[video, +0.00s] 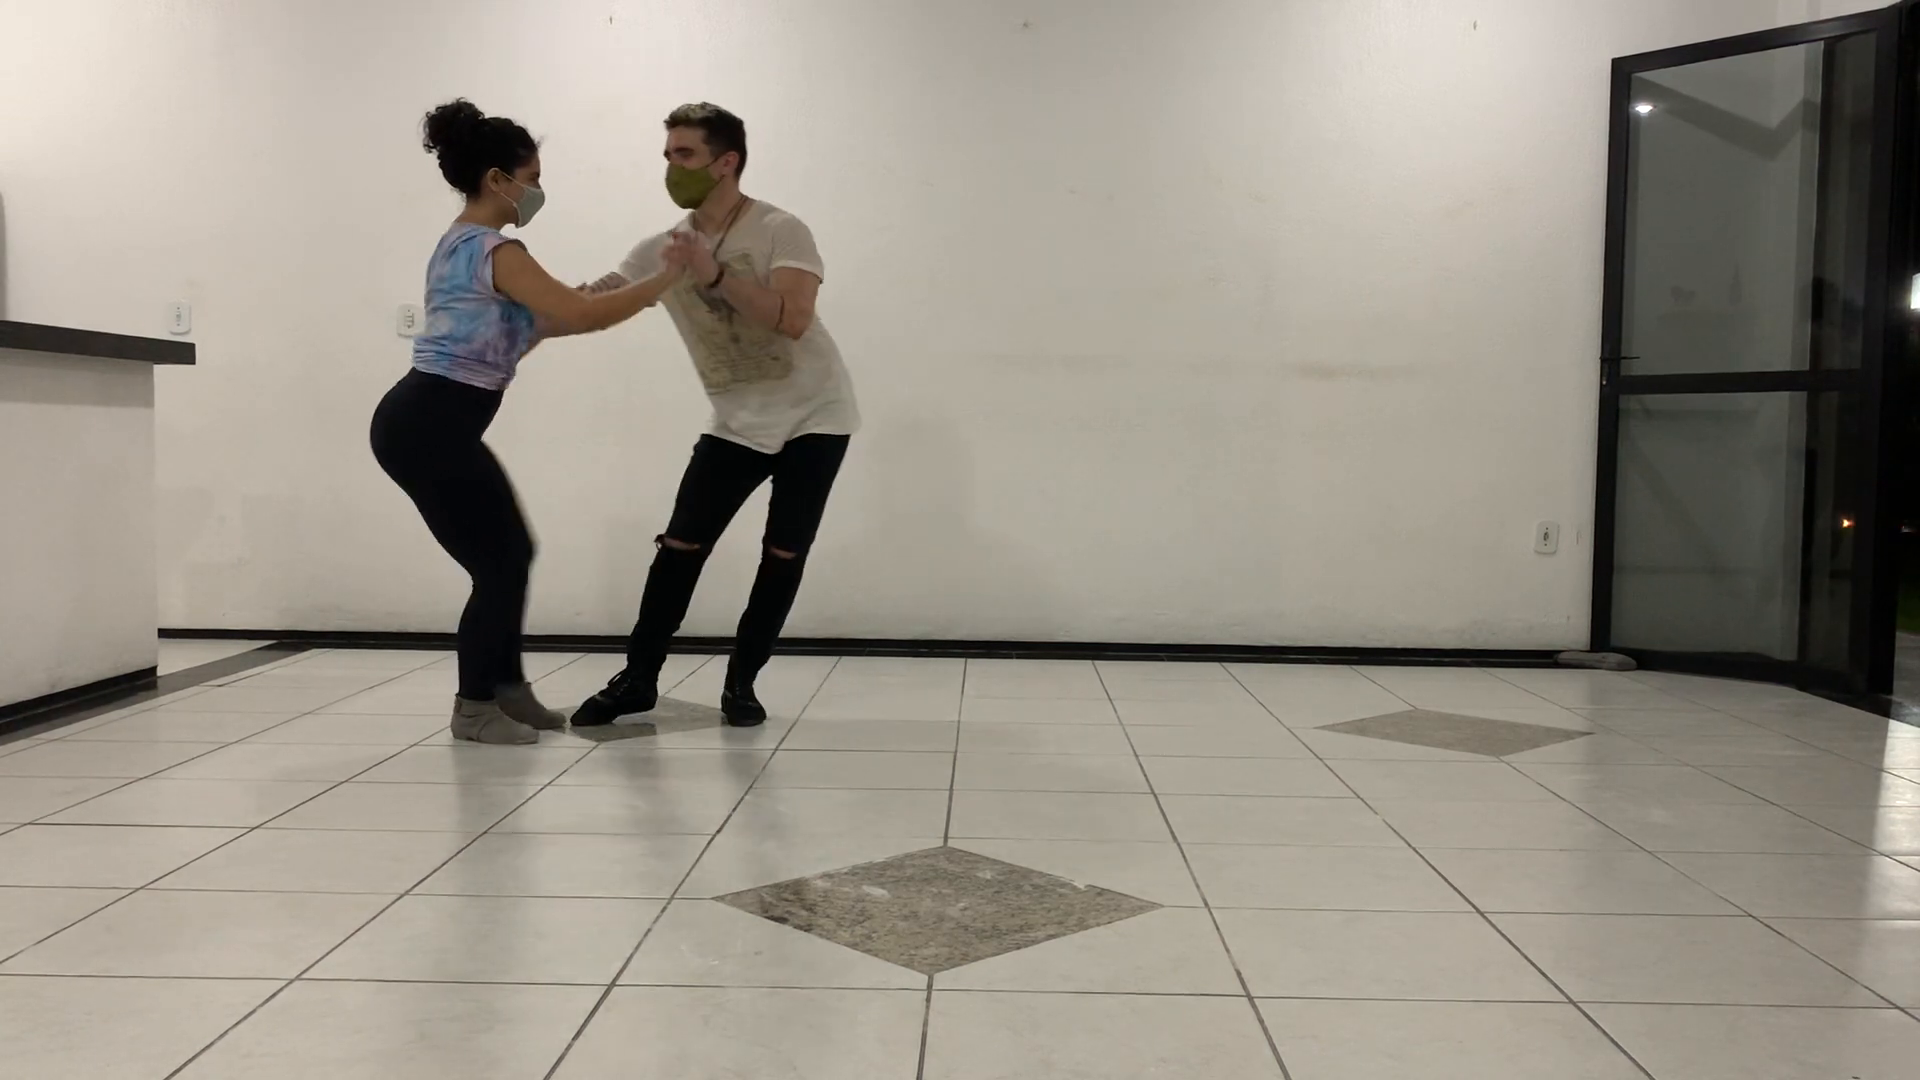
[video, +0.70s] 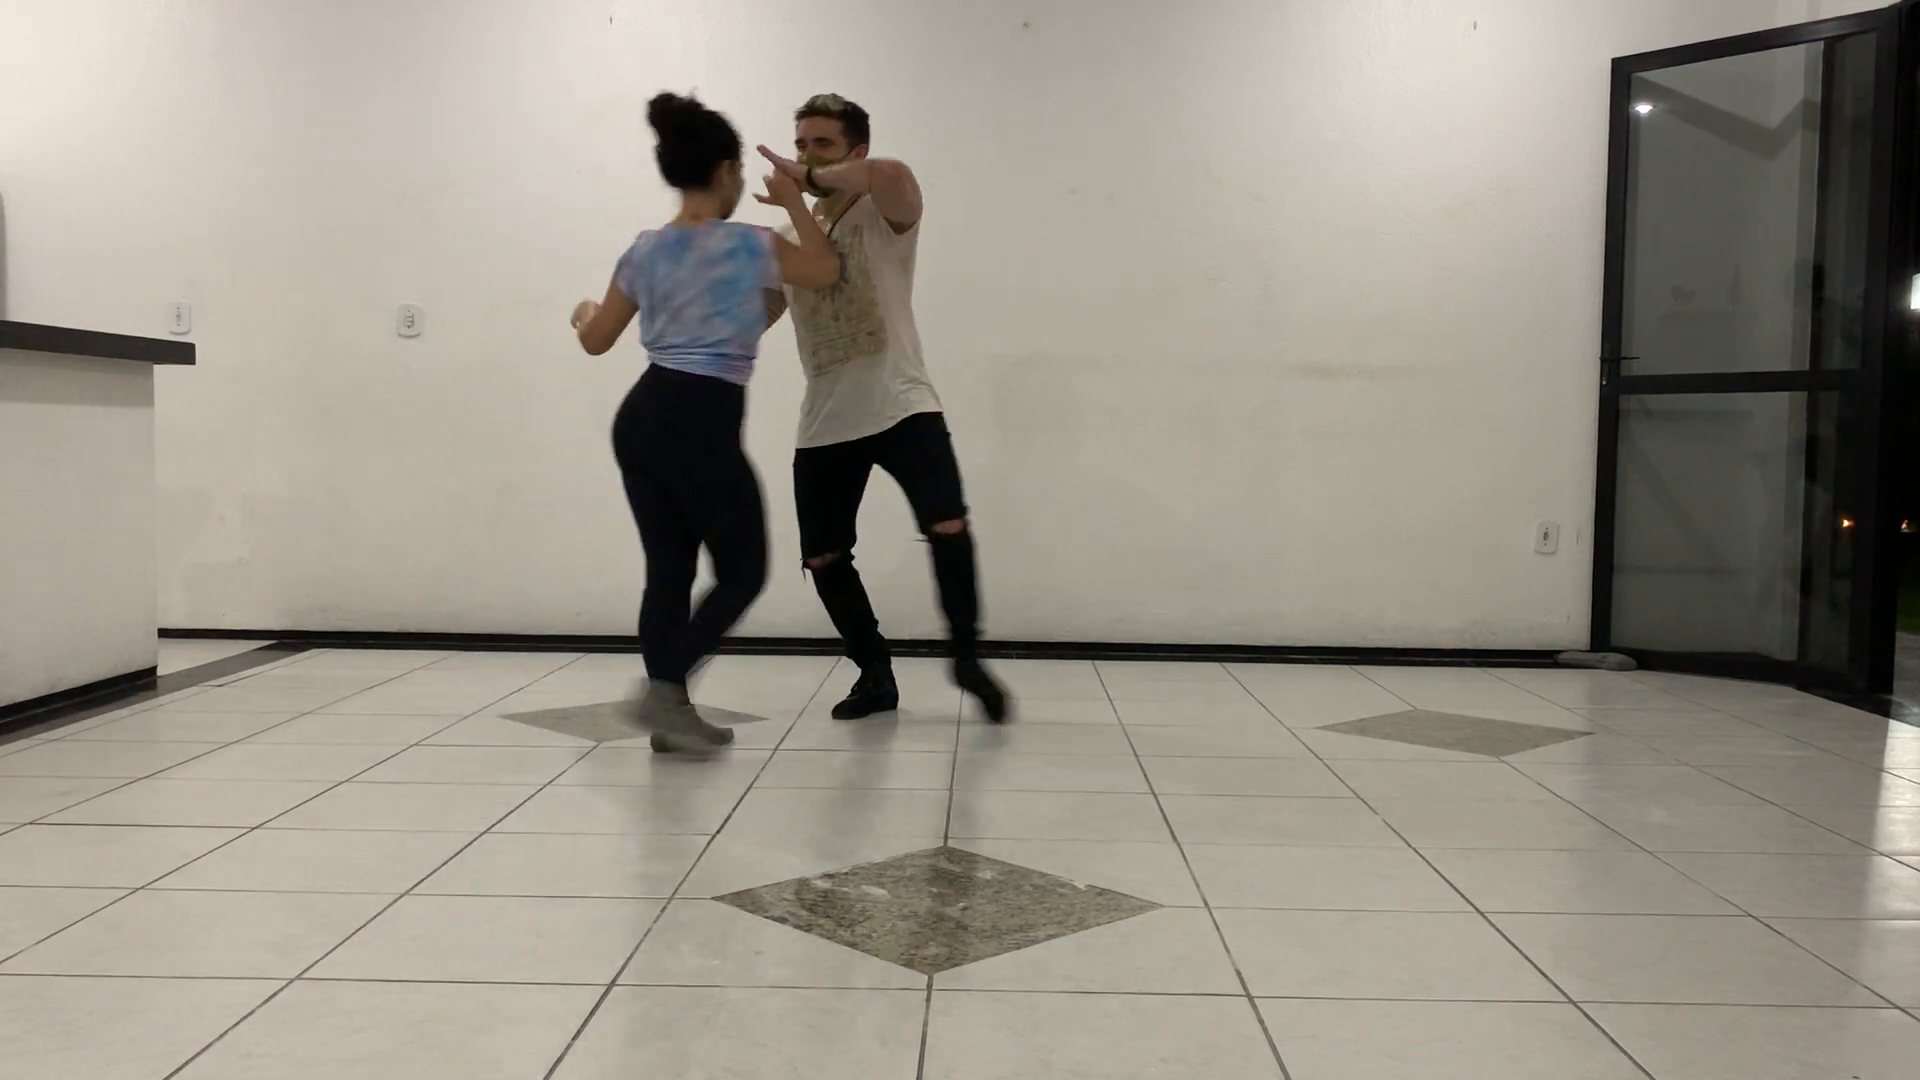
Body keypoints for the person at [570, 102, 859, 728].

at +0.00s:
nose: (671, 167)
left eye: (684, 156)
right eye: (668, 156)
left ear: (728, 161)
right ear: (667, 161)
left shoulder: (783, 232)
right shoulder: (661, 252)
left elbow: (793, 317)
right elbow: (586, 302)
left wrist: (714, 274)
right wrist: (514, 319)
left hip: (817, 409)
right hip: (740, 416)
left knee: (784, 551)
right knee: (682, 540)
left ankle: (741, 682)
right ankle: (638, 681)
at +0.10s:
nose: (696, 174)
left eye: (709, 162)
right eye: (691, 162)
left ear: (751, 168)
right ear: (690, 166)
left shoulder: (799, 235)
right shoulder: (694, 251)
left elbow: (790, 302)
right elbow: (628, 314)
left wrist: (712, 258)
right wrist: (552, 331)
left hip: (828, 418)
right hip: (752, 422)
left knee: (792, 554)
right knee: (687, 535)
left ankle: (742, 681)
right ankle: (659, 667)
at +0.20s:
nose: (719, 177)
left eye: (733, 166)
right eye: (717, 166)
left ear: (776, 173)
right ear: (719, 172)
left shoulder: (818, 241)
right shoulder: (715, 255)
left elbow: (798, 302)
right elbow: (651, 315)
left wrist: (717, 271)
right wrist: (577, 335)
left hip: (834, 424)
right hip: (760, 426)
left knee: (795, 557)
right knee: (699, 535)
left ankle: (742, 679)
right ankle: (740, 644)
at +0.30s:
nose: (741, 174)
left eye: (755, 164)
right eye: (738, 163)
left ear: (797, 172)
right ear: (736, 166)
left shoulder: (835, 244)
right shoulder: (731, 248)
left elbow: (833, 306)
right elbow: (673, 316)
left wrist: (755, 289)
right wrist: (602, 336)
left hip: (838, 426)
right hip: (766, 429)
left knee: (798, 562)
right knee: (725, 552)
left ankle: (743, 678)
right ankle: (819, 644)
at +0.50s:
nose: (770, 164)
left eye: (784, 153)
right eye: (765, 153)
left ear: (824, 160)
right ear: (761, 159)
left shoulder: (858, 224)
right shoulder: (758, 245)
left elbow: (912, 261)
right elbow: (718, 336)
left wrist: (826, 227)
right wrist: (665, 294)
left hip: (865, 407)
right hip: (795, 420)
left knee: (834, 544)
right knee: (799, 562)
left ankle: (770, 675)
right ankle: (872, 676)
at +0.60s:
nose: (788, 162)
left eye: (802, 150)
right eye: (782, 151)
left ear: (839, 156)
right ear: (774, 158)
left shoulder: (878, 220)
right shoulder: (774, 245)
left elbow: (911, 217)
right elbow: (727, 328)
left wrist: (837, 199)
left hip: (885, 399)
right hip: (815, 415)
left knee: (895, 527)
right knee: (813, 559)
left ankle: (863, 660)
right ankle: (875, 684)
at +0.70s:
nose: (808, 157)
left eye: (821, 145)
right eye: (801, 145)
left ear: (858, 151)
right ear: (794, 152)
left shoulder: (892, 209)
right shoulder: (792, 240)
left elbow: (887, 174)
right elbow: (754, 315)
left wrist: (809, 180)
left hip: (901, 397)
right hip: (826, 413)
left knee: (947, 521)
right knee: (824, 556)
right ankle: (875, 675)